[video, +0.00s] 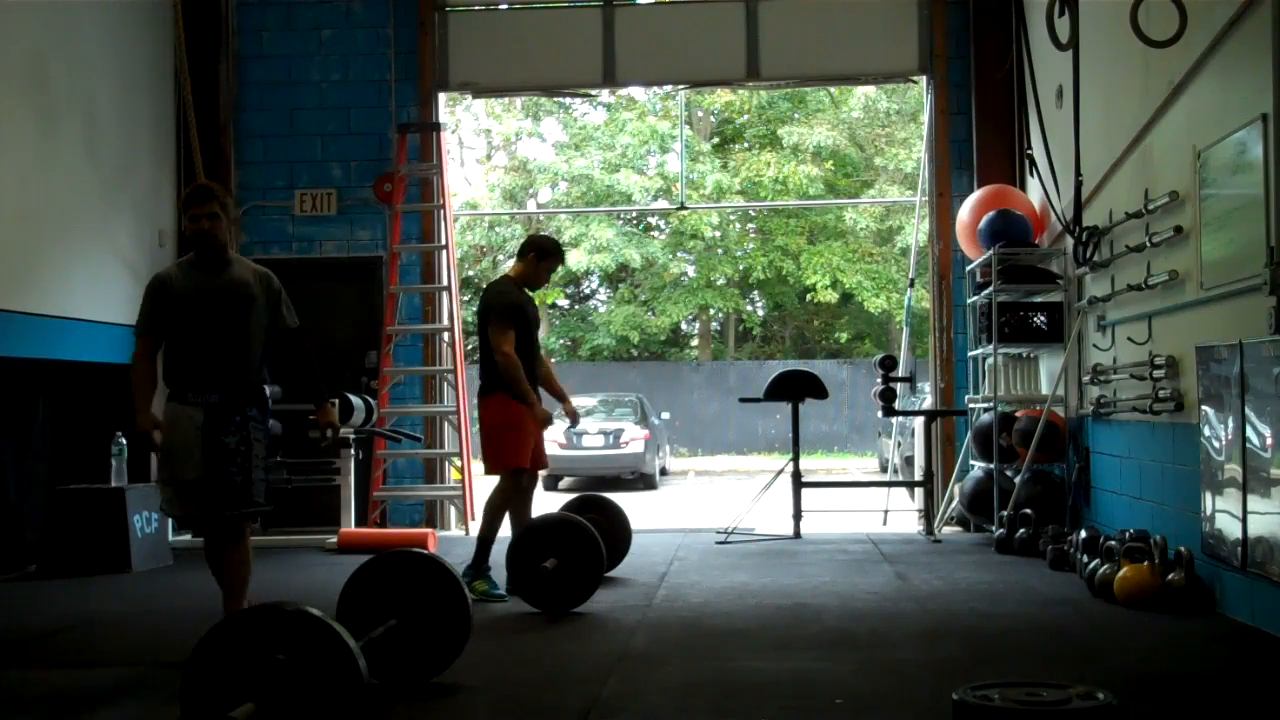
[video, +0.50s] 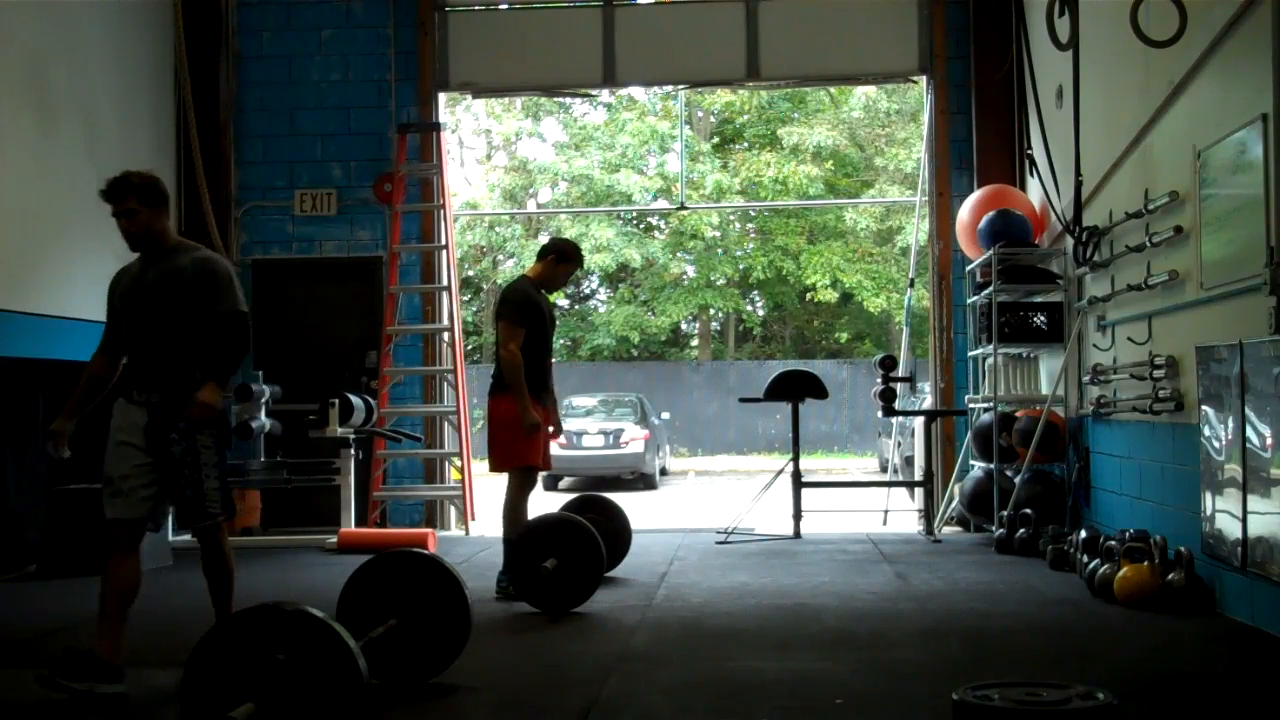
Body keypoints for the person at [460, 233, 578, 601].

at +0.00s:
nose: (548, 281)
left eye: (551, 274)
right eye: (549, 272)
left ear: (533, 260)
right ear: (533, 259)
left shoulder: (522, 300)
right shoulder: (501, 294)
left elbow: (535, 358)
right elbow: (504, 354)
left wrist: (564, 399)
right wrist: (533, 404)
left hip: (524, 401)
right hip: (504, 400)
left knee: (526, 481)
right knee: (512, 480)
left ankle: (526, 568)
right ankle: (477, 569)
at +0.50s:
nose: (566, 283)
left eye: (570, 278)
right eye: (567, 275)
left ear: (552, 263)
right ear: (552, 262)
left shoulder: (538, 299)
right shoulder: (518, 294)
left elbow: (542, 360)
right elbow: (509, 350)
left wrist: (551, 405)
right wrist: (525, 405)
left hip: (533, 401)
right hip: (516, 401)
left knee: (524, 483)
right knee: (521, 483)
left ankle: (518, 571)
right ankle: (512, 572)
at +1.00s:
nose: (573, 283)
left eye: (577, 278)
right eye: (574, 275)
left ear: (557, 260)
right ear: (558, 260)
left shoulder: (539, 296)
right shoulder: (525, 292)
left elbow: (539, 356)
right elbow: (524, 351)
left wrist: (557, 401)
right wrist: (557, 403)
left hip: (535, 401)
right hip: (524, 400)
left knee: (533, 482)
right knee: (530, 481)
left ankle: (525, 573)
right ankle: (520, 575)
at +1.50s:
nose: (586, 288)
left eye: (591, 282)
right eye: (589, 279)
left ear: (568, 262)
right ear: (574, 264)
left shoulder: (546, 296)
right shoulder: (539, 296)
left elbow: (539, 357)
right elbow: (530, 356)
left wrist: (550, 407)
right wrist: (542, 411)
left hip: (539, 404)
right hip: (525, 404)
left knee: (544, 486)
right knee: (521, 487)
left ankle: (553, 567)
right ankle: (520, 574)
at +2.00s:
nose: (614, 308)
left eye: (619, 303)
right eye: (616, 300)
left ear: (602, 282)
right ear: (604, 283)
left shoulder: (577, 312)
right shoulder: (565, 305)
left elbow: (574, 373)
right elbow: (549, 365)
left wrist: (581, 426)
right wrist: (557, 424)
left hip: (541, 399)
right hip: (525, 399)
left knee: (559, 479)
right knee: (549, 480)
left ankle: (552, 551)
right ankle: (542, 554)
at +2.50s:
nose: (628, 400)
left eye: (634, 399)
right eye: (633, 395)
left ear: (630, 372)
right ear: (631, 377)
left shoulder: (600, 381)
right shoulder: (593, 377)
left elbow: (591, 445)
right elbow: (582, 445)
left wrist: (586, 499)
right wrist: (580, 502)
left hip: (521, 415)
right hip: (507, 413)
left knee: (567, 482)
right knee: (560, 483)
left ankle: (554, 554)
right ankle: (546, 554)